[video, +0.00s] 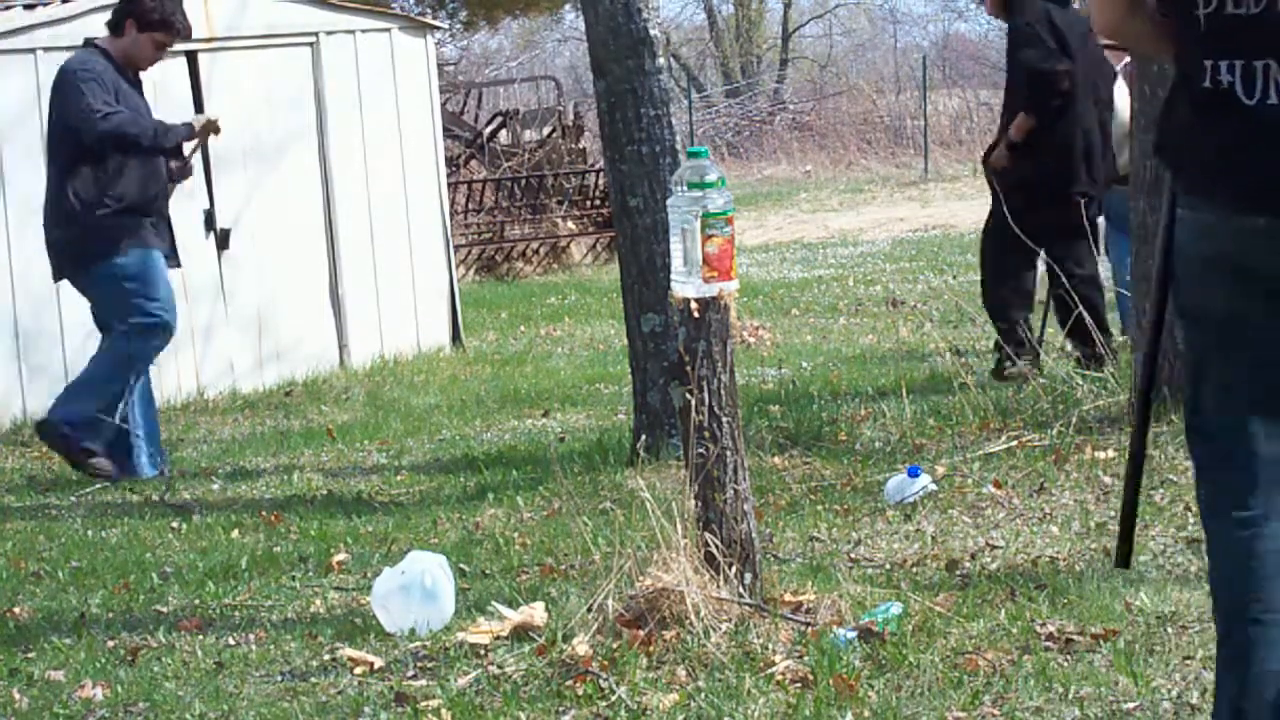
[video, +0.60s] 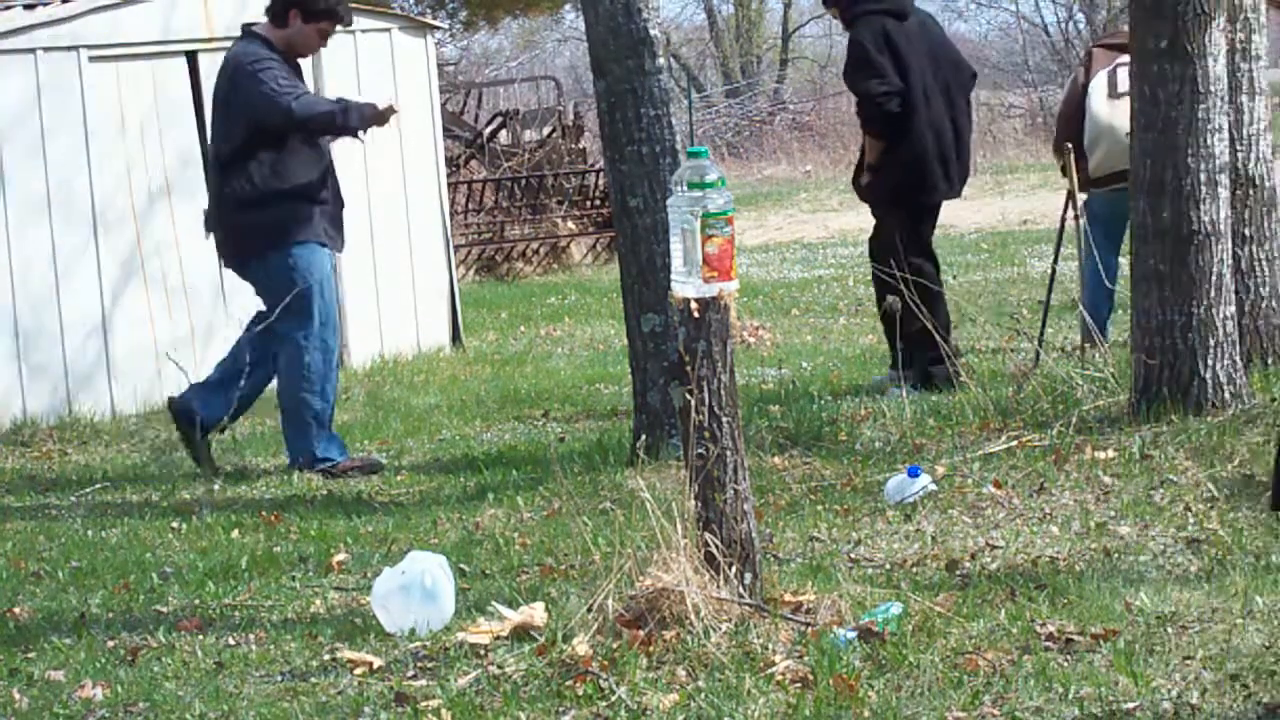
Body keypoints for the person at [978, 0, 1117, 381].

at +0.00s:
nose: (985, 6)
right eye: (983, 2)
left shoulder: (1026, 21)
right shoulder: (1075, 20)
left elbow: (1052, 83)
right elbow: (1104, 84)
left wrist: (1010, 142)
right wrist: (1096, 156)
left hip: (1033, 171)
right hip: (1079, 166)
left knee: (1004, 255)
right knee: (1073, 259)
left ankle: (1017, 356)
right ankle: (1095, 354)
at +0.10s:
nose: (959, 10)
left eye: (959, 2)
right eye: (957, 4)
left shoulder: (998, 20)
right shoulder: (1044, 21)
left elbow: (1014, 87)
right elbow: (1083, 91)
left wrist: (986, 153)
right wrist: (1083, 164)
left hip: (1020, 174)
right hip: (1058, 168)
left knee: (989, 274)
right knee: (1065, 273)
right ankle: (1099, 365)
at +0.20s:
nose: (930, 14)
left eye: (930, 6)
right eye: (927, 8)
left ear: (947, 1)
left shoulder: (966, 29)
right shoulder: (1018, 25)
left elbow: (985, 97)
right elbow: (1051, 85)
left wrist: (958, 159)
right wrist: (1054, 164)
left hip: (989, 178)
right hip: (1033, 171)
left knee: (967, 276)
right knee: (1046, 272)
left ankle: (940, 375)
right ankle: (1094, 358)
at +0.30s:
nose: (899, 16)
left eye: (898, 8)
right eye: (896, 10)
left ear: (913, 2)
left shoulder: (937, 29)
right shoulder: (986, 24)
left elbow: (953, 99)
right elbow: (1023, 83)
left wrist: (926, 162)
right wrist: (1016, 160)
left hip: (960, 179)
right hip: (999, 173)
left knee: (941, 277)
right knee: (1009, 269)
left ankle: (937, 378)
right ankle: (1076, 348)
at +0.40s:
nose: (876, 18)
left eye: (874, 10)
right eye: (872, 12)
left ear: (889, 2)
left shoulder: (910, 29)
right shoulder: (961, 22)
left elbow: (926, 98)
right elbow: (1001, 76)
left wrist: (905, 158)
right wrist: (985, 144)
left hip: (937, 172)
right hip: (974, 167)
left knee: (925, 272)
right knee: (959, 261)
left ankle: (937, 377)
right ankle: (1030, 328)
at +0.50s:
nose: (855, 18)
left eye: (853, 9)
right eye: (852, 11)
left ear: (866, 2)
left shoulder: (886, 29)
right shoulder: (938, 19)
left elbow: (904, 101)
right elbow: (981, 72)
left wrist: (888, 161)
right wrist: (966, 136)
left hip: (923, 169)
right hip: (957, 163)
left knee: (912, 269)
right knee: (924, 261)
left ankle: (937, 374)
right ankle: (976, 335)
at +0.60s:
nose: (834, 16)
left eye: (833, 9)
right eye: (831, 10)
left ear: (845, 3)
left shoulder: (865, 30)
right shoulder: (921, 20)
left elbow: (883, 103)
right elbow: (962, 75)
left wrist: (869, 164)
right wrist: (949, 142)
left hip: (901, 172)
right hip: (937, 163)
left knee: (900, 260)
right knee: (899, 257)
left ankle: (929, 370)